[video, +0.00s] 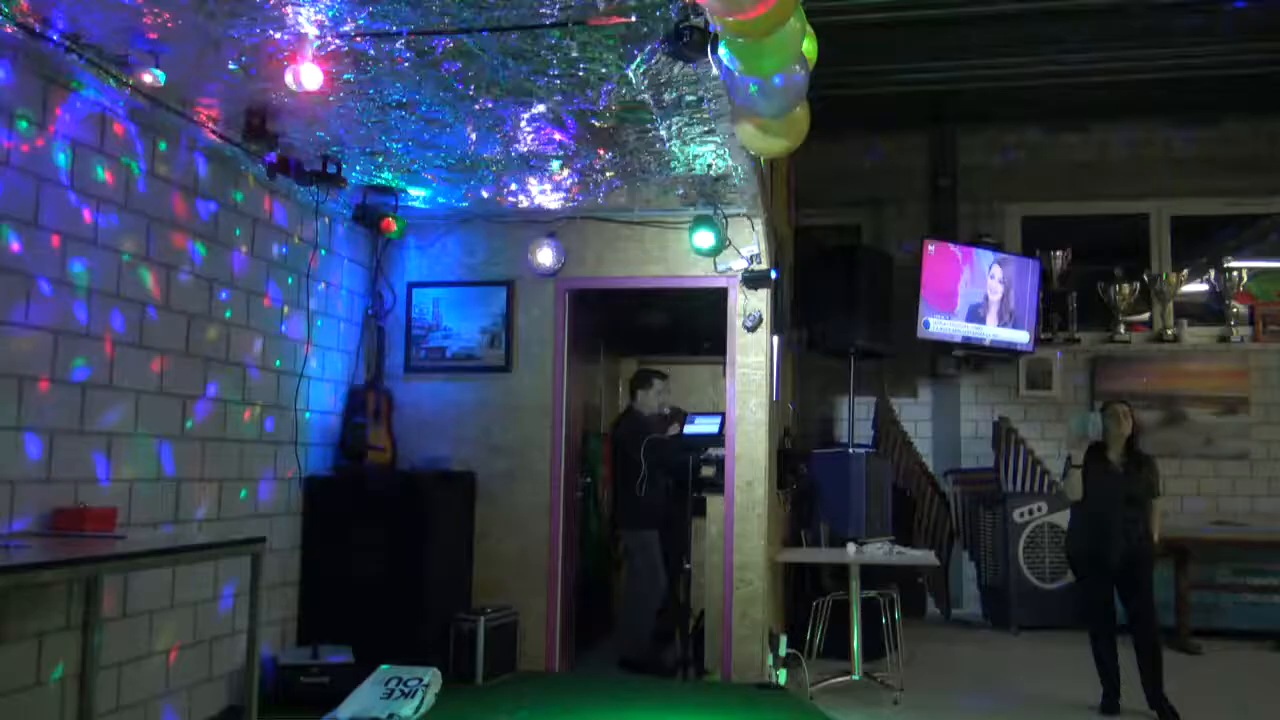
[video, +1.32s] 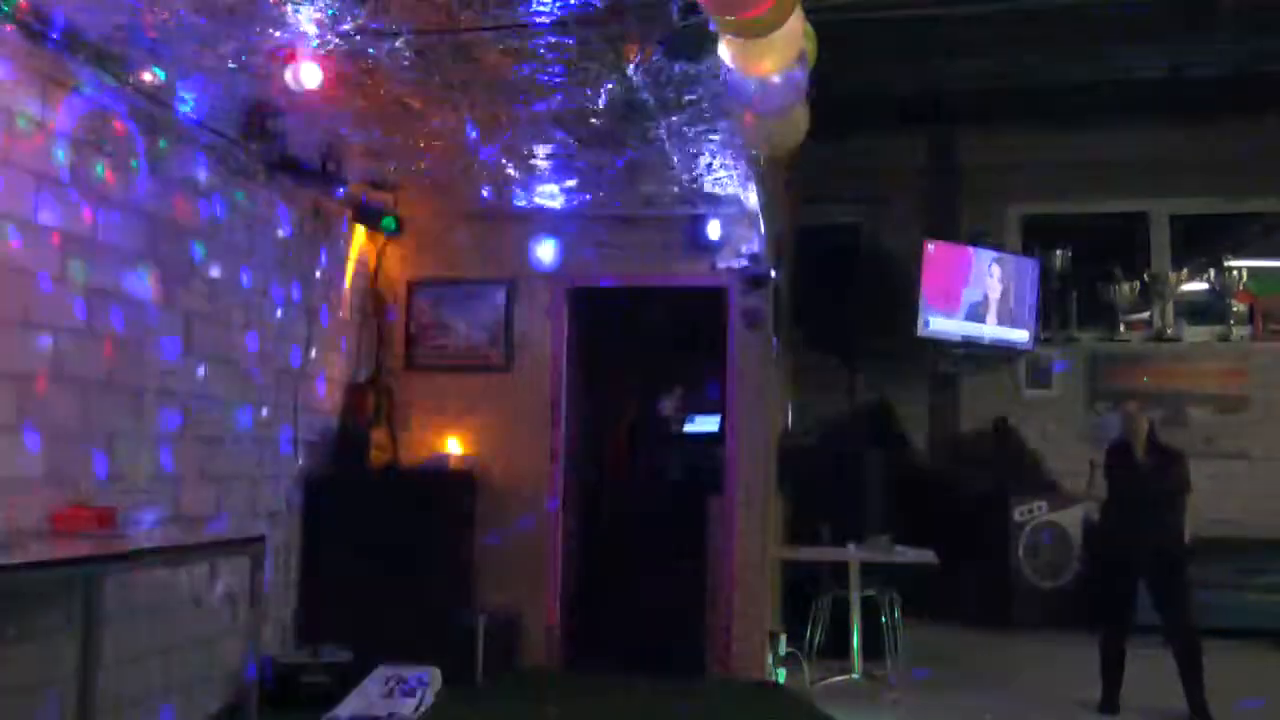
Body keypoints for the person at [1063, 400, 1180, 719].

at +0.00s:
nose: (1120, 422)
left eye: (1125, 417)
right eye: (1113, 417)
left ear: (1133, 424)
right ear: (1103, 424)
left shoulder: (1144, 462)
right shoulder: (1088, 459)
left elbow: (1153, 506)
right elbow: (1073, 496)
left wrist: (1153, 542)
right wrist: (1071, 463)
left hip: (1133, 553)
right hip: (1093, 554)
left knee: (1145, 625)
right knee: (1101, 626)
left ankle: (1156, 696)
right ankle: (1110, 693)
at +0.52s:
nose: (1115, 417)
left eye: (1121, 412)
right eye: (1110, 411)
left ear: (1129, 419)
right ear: (1102, 418)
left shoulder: (1139, 455)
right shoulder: (1089, 452)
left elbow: (1148, 501)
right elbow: (1075, 494)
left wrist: (1156, 541)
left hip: (1136, 550)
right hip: (1097, 552)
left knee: (1150, 627)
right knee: (1104, 626)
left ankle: (1164, 699)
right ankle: (1110, 695)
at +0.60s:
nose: (1115, 418)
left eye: (1120, 413)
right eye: (1110, 412)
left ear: (1129, 420)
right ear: (1101, 418)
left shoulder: (1139, 455)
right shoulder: (1090, 454)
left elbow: (1145, 498)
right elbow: (1084, 502)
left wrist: (1154, 545)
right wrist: (1076, 550)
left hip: (1136, 551)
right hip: (1097, 552)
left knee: (1150, 627)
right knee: (1103, 627)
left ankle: (1164, 699)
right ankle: (1110, 695)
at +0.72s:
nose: (1115, 421)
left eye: (1120, 415)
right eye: (1109, 414)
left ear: (1128, 421)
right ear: (1100, 420)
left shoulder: (1139, 457)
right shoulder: (1089, 455)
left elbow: (1142, 496)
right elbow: (1079, 504)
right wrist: (1075, 552)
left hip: (1134, 551)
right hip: (1094, 552)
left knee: (1150, 625)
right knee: (1101, 627)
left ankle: (1166, 698)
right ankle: (1109, 695)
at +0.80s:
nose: (1115, 421)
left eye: (1120, 415)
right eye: (1109, 415)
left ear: (1129, 421)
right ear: (1099, 420)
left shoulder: (1141, 458)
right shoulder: (1088, 455)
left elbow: (1145, 500)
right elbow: (1073, 494)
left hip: (1134, 551)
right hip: (1094, 552)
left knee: (1151, 625)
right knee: (1101, 626)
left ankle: (1170, 696)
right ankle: (1109, 694)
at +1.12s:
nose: (1126, 424)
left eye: (1131, 418)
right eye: (1120, 418)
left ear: (1139, 423)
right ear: (1112, 422)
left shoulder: (1155, 458)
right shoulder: (1100, 454)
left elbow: (1167, 502)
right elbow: (1084, 494)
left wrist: (1166, 539)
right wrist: (1082, 466)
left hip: (1145, 550)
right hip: (1103, 549)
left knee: (1166, 626)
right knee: (1104, 626)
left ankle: (1193, 702)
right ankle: (1109, 697)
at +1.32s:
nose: (1132, 425)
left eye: (1137, 418)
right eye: (1127, 419)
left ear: (1150, 422)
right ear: (1120, 424)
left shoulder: (1171, 458)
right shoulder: (1115, 457)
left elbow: (1179, 506)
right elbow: (1115, 502)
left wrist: (1178, 543)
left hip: (1163, 553)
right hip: (1119, 553)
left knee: (1182, 631)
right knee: (1114, 629)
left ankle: (1198, 706)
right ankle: (1109, 701)